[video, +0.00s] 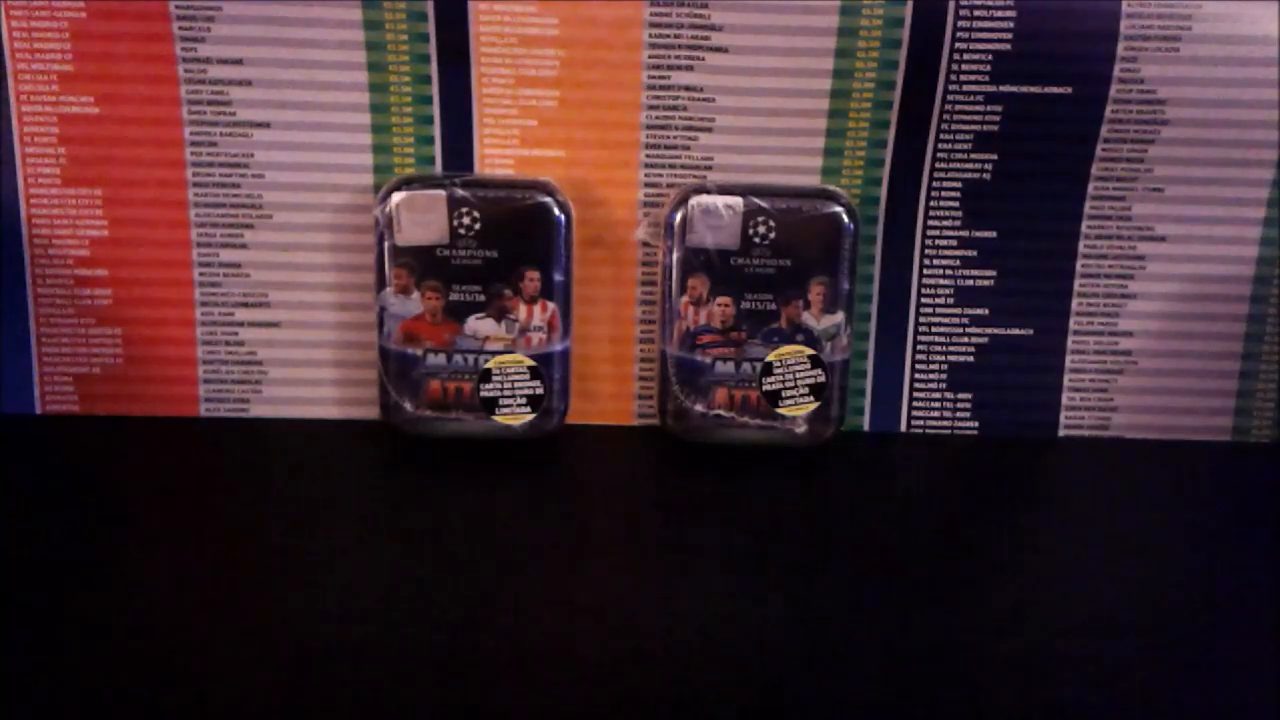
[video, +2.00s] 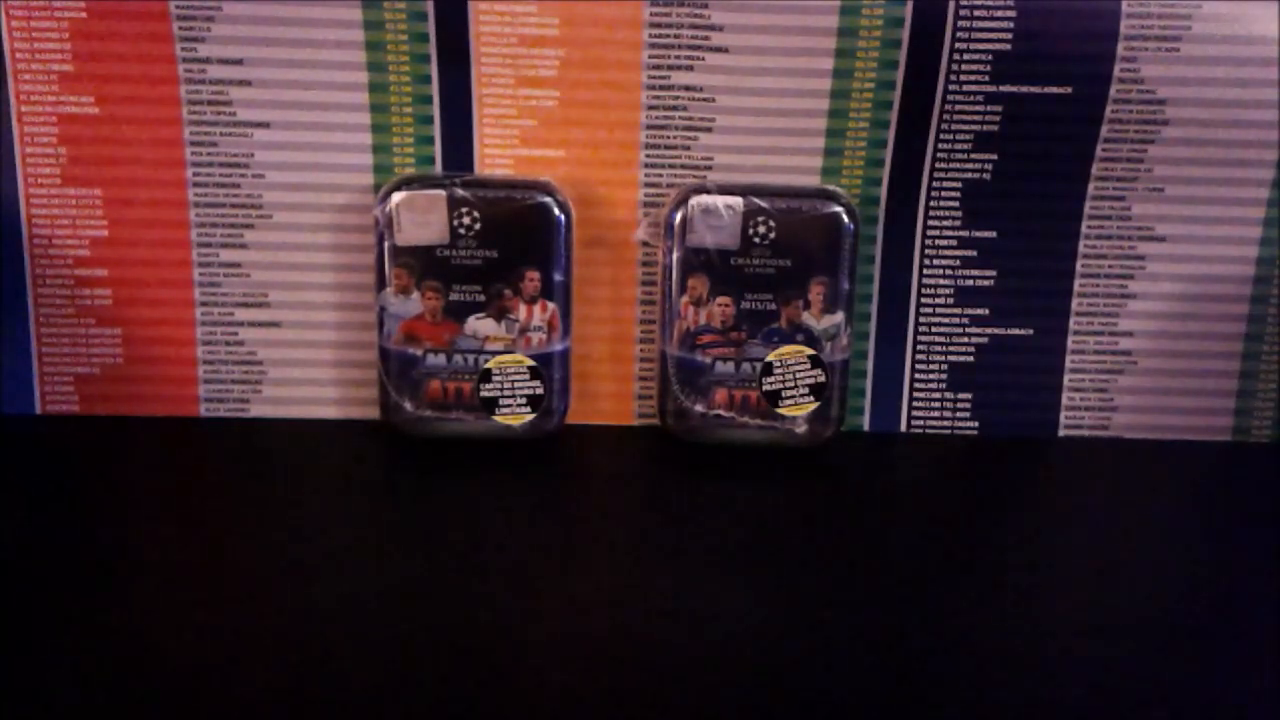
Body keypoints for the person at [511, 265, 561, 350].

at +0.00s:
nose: (536, 285)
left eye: (538, 281)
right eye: (531, 280)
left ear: (541, 283)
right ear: (521, 284)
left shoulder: (551, 308)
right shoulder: (512, 306)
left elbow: (556, 337)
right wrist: (520, 329)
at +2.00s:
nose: (536, 285)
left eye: (538, 281)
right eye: (531, 280)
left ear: (541, 283)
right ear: (521, 284)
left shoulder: (551, 308)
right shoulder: (512, 306)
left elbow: (556, 336)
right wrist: (521, 329)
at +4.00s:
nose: (536, 285)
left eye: (538, 281)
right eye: (531, 280)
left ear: (541, 283)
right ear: (521, 284)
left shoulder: (551, 308)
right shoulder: (512, 305)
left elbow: (556, 336)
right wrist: (519, 328)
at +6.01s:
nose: (536, 285)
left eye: (538, 281)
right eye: (531, 280)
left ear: (541, 283)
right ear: (521, 284)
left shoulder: (550, 308)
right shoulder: (512, 305)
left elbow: (556, 336)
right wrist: (520, 328)